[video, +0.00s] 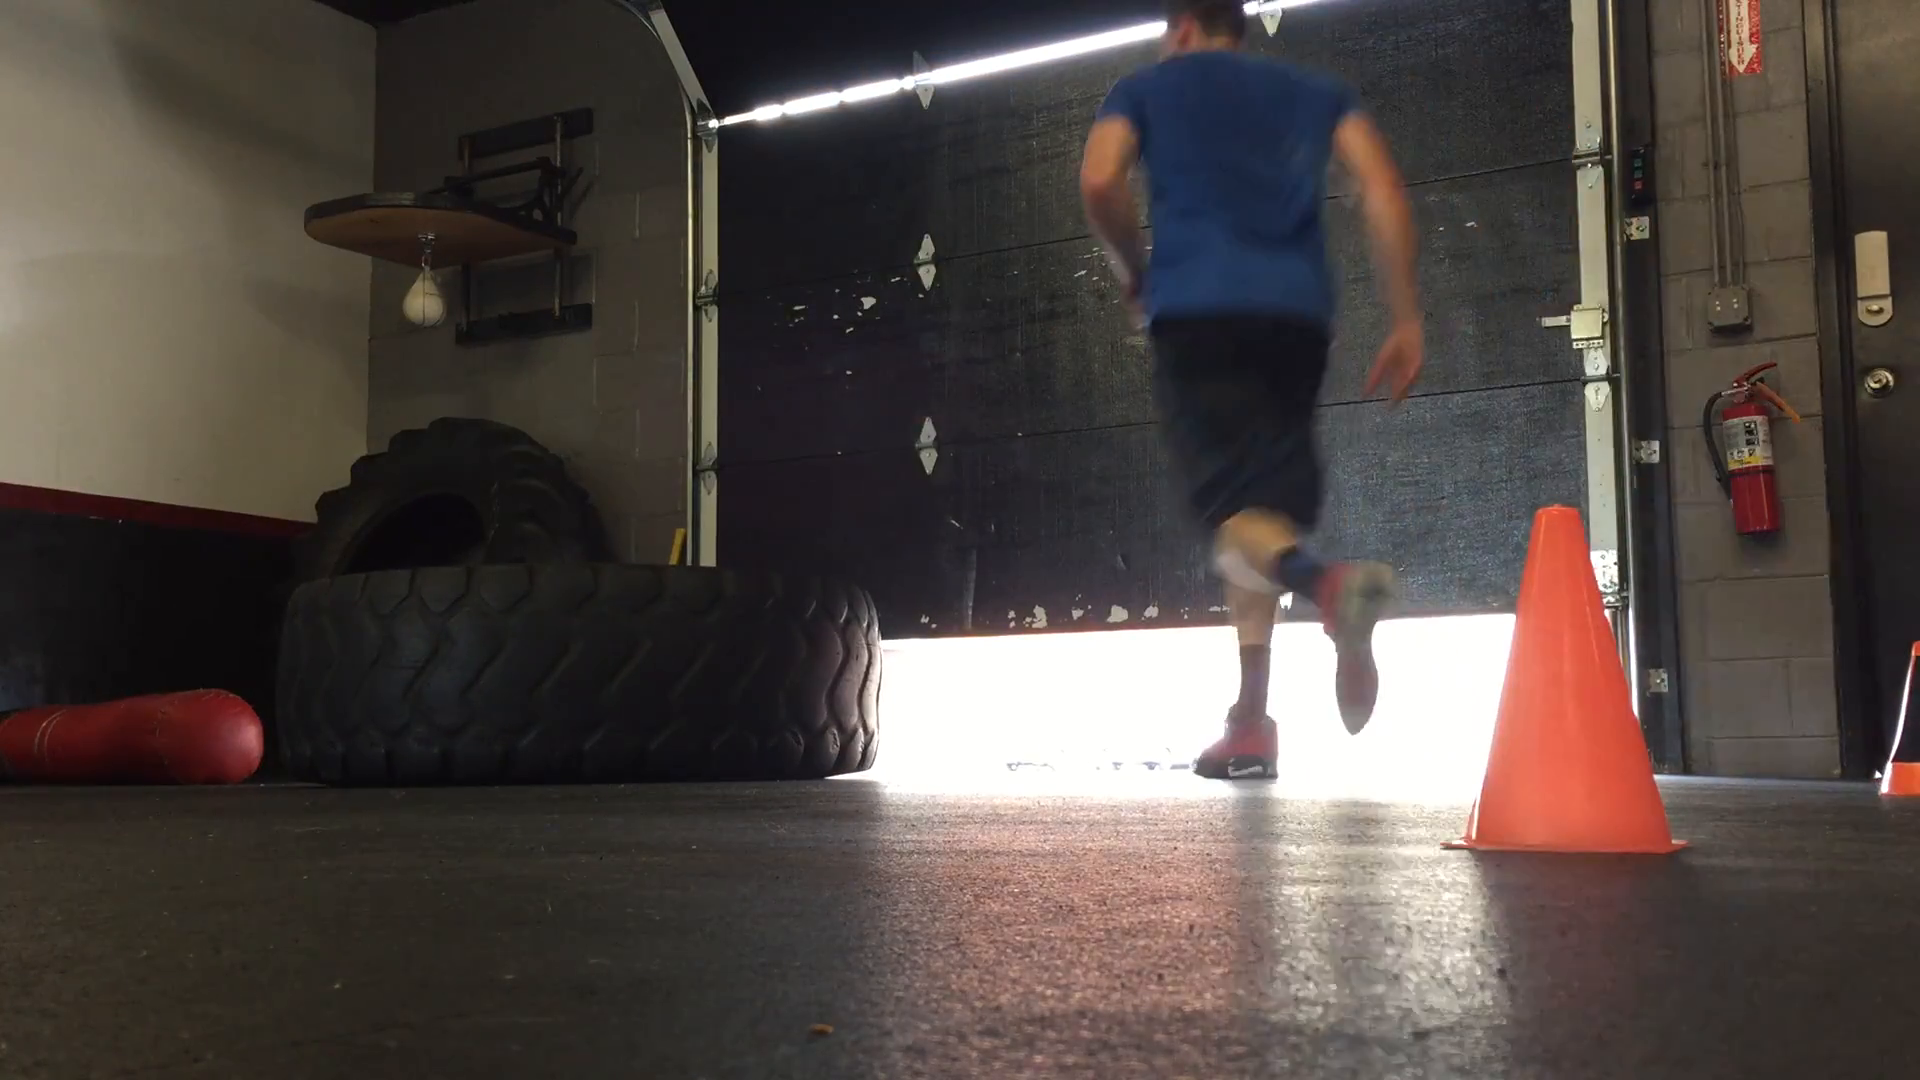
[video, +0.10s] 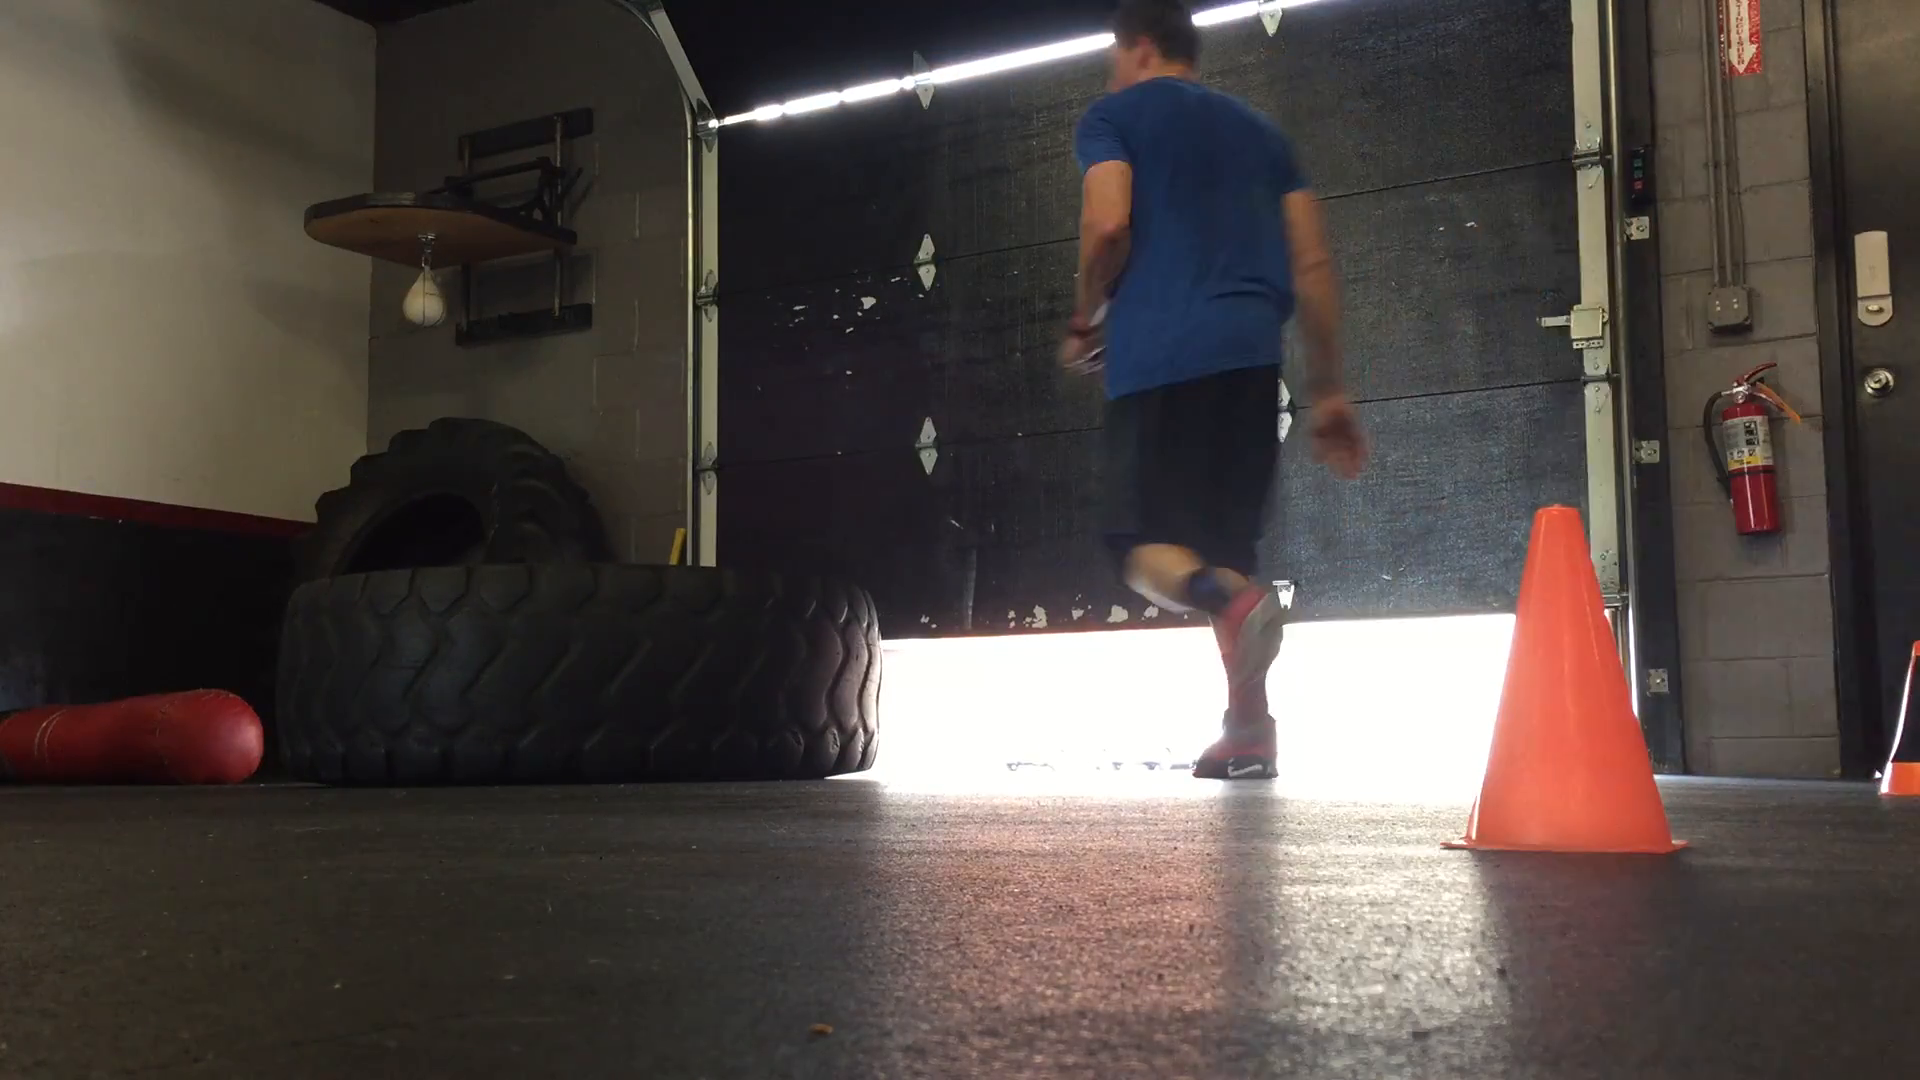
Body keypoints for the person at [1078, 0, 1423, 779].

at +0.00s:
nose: (1166, 43)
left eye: (1168, 32)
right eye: (1171, 32)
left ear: (1183, 30)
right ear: (1246, 30)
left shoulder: (1148, 83)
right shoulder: (1314, 86)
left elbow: (1099, 178)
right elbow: (1381, 185)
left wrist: (1134, 269)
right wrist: (1406, 319)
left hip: (1197, 314)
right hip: (1296, 315)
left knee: (1223, 508)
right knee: (1260, 506)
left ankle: (1327, 585)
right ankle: (1250, 721)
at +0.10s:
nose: (1115, 69)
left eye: (1118, 56)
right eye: (1118, 56)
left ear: (1139, 49)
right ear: (1190, 52)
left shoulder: (1114, 114)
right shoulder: (1260, 128)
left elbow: (1109, 225)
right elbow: (1312, 266)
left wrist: (1086, 314)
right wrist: (1330, 389)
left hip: (1163, 356)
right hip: (1255, 355)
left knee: (1135, 544)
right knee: (1231, 547)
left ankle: (1235, 596)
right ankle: (1248, 730)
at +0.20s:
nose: (1061, 66)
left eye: (1064, 48)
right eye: (1060, 49)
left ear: (1097, 40)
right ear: (1131, 41)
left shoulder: (1085, 100)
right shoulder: (1209, 121)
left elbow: (1085, 211)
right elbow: (1246, 261)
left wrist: (1034, 313)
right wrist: (1209, 330)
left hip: (1119, 354)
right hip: (1212, 353)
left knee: (1076, 513)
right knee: (1204, 528)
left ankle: (1146, 696)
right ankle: (1245, 709)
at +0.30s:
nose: (1019, 70)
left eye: (1022, 54)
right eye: (1017, 56)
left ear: (1052, 45)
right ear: (1086, 45)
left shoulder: (1045, 105)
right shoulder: (1161, 125)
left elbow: (1049, 200)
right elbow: (1196, 257)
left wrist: (984, 297)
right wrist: (1123, 295)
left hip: (1072, 360)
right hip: (1163, 354)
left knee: (1044, 529)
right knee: (1175, 518)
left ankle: (1056, 724)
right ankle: (1238, 673)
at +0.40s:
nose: (979, 110)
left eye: (983, 91)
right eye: (976, 94)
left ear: (1019, 83)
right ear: (1048, 85)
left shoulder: (1011, 148)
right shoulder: (1118, 160)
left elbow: (1004, 234)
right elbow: (1147, 292)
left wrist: (933, 321)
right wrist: (1062, 313)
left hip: (1035, 393)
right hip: (1120, 392)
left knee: (1002, 559)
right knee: (1116, 546)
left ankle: (1045, 731)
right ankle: (1219, 648)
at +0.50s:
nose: (946, 127)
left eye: (950, 109)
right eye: (943, 112)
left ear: (990, 98)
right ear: (1001, 101)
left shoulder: (988, 168)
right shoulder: (1088, 179)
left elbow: (977, 288)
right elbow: (1099, 300)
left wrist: (898, 361)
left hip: (994, 408)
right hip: (1068, 408)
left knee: (980, 562)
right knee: (1049, 558)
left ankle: (1044, 730)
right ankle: (1150, 666)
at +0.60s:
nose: (913, 125)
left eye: (918, 108)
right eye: (910, 111)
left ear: (961, 97)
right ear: (972, 99)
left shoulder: (971, 169)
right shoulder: (1040, 175)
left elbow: (975, 289)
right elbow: (1029, 297)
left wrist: (891, 354)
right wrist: (930, 330)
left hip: (979, 395)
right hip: (1029, 395)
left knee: (967, 551)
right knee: (999, 553)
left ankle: (1040, 723)